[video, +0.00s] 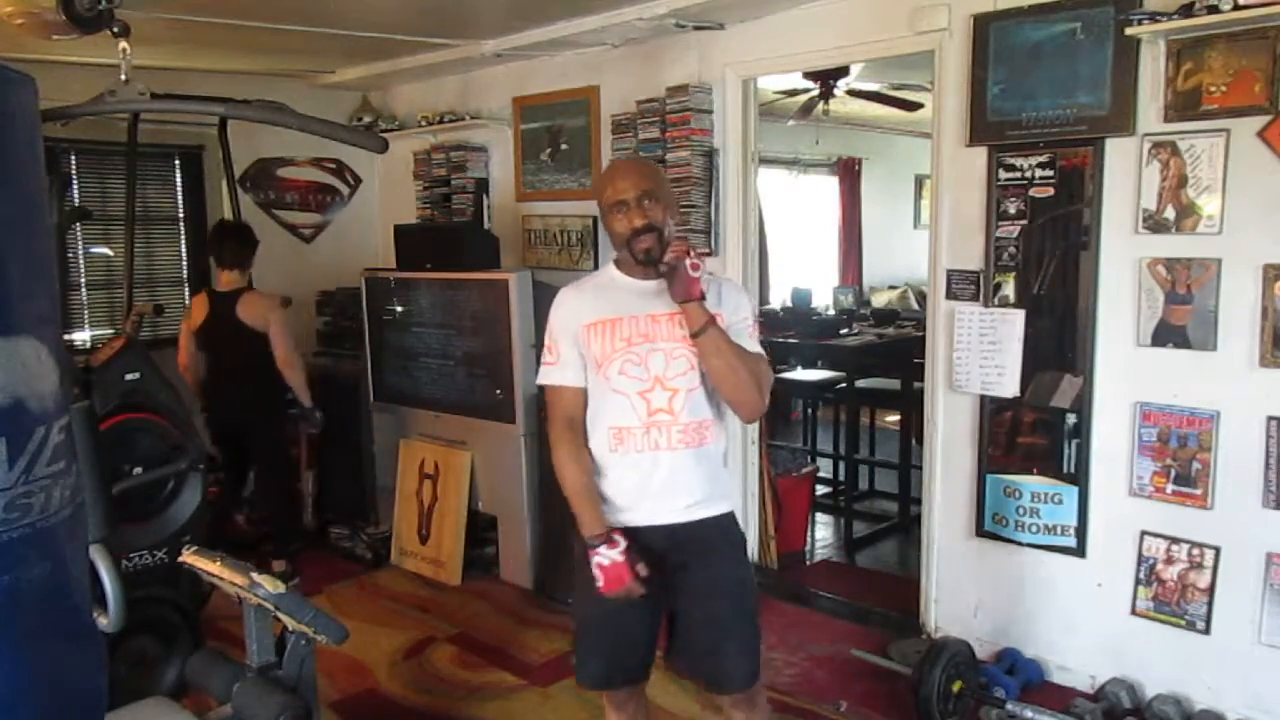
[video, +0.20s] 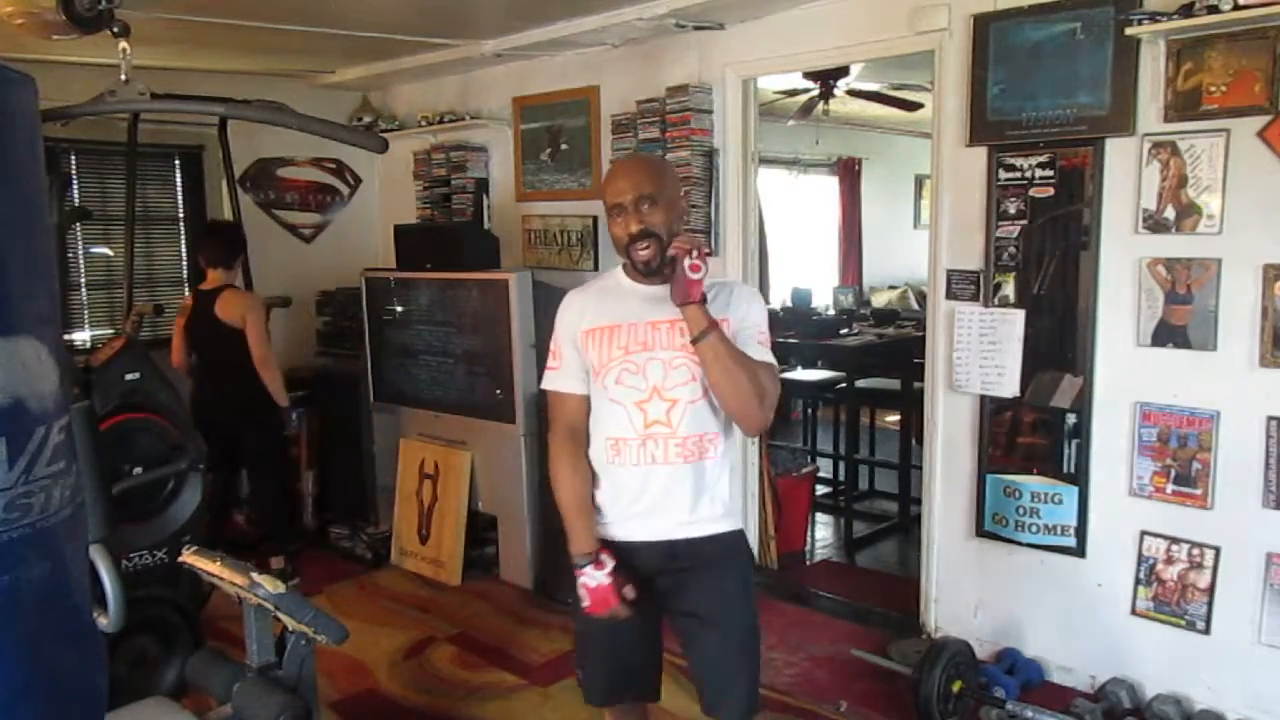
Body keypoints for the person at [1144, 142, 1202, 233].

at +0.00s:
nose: (1158, 159)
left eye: (1159, 154)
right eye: (1155, 156)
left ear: (1168, 150)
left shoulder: (1175, 161)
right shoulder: (1163, 166)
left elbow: (1170, 187)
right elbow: (1161, 189)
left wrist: (1159, 214)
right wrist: (1157, 213)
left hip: (1190, 211)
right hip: (1180, 212)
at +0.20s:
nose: (1157, 159)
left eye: (1159, 154)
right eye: (1155, 156)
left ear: (1168, 150)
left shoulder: (1175, 161)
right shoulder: (1163, 166)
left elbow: (1170, 187)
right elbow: (1161, 189)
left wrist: (1160, 214)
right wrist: (1157, 213)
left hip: (1190, 210)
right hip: (1180, 211)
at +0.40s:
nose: (1157, 158)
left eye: (1159, 153)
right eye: (1155, 156)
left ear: (1169, 150)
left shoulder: (1175, 161)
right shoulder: (1164, 166)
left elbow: (1170, 188)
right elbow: (1161, 188)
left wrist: (1160, 213)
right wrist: (1157, 212)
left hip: (1191, 210)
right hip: (1180, 211)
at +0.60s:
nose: (1157, 158)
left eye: (1159, 153)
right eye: (1155, 156)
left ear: (1168, 150)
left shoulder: (1175, 162)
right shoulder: (1164, 166)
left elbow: (1170, 188)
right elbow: (1161, 188)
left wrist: (1160, 213)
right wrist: (1157, 212)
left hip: (1190, 211)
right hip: (1180, 211)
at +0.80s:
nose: (1157, 158)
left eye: (1159, 153)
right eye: (1155, 156)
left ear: (1168, 150)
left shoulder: (1175, 162)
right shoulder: (1164, 166)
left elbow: (1170, 188)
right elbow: (1161, 188)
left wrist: (1160, 213)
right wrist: (1157, 212)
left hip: (1190, 211)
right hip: (1180, 212)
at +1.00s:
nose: (1157, 158)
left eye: (1159, 153)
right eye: (1155, 156)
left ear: (1168, 150)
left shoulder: (1175, 161)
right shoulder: (1164, 166)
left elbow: (1170, 188)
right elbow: (1161, 188)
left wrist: (1160, 213)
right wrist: (1157, 212)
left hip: (1190, 211)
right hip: (1180, 211)